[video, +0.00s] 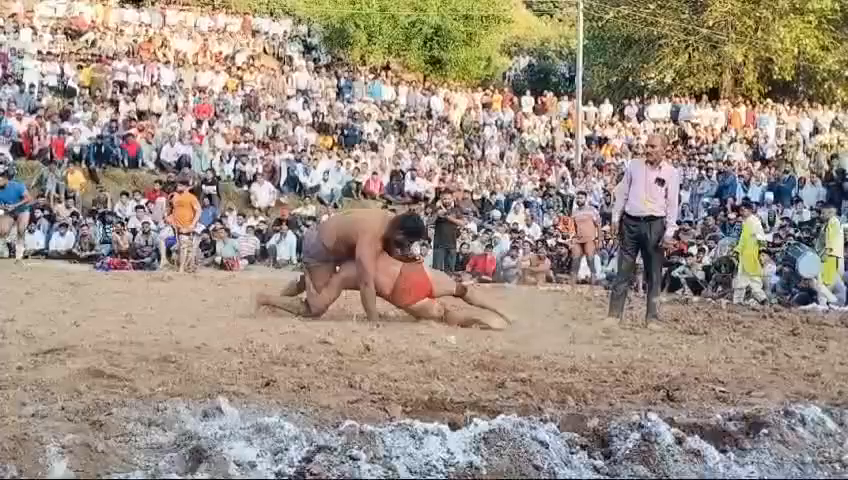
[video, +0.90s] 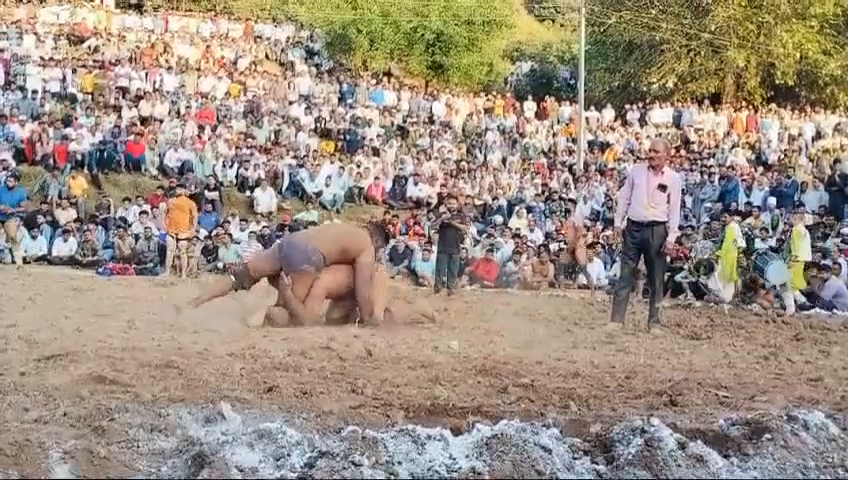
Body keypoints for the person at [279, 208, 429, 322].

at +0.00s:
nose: (406, 253)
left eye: (410, 249)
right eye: (404, 249)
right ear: (397, 235)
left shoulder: (397, 226)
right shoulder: (369, 233)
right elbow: (366, 282)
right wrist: (374, 321)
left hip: (345, 245)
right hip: (318, 247)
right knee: (316, 308)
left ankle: (306, 281)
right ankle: (267, 299)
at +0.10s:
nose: (395, 252)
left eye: (400, 251)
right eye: (396, 249)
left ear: (394, 226)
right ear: (391, 238)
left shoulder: (381, 223)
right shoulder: (364, 236)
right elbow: (364, 283)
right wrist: (374, 322)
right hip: (301, 233)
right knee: (301, 296)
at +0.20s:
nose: (388, 245)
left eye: (392, 244)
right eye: (391, 243)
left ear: (386, 222)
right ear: (388, 236)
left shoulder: (367, 222)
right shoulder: (362, 235)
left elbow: (358, 251)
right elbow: (364, 283)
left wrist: (380, 258)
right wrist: (372, 316)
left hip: (288, 222)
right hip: (293, 234)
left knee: (272, 267)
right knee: (291, 291)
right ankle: (241, 299)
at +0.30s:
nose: (382, 254)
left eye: (387, 251)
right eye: (385, 251)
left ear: (378, 227)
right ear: (381, 243)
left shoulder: (358, 227)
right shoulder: (357, 237)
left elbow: (355, 270)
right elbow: (360, 283)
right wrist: (373, 317)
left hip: (277, 226)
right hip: (289, 238)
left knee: (251, 274)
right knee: (289, 293)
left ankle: (207, 280)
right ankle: (240, 300)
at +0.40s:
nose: (375, 256)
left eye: (379, 253)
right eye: (377, 252)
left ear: (370, 229)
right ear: (374, 244)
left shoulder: (349, 228)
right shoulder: (350, 243)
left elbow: (345, 273)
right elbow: (358, 285)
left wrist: (348, 304)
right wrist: (374, 321)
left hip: (275, 232)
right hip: (291, 246)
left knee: (231, 283)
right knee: (291, 303)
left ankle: (181, 298)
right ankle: (239, 309)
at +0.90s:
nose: (375, 255)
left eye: (378, 251)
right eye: (378, 251)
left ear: (368, 229)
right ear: (376, 243)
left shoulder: (346, 230)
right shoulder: (366, 245)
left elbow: (348, 277)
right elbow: (363, 288)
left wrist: (346, 316)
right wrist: (370, 322)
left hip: (290, 241)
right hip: (307, 256)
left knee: (244, 273)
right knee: (289, 310)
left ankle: (194, 302)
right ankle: (266, 322)